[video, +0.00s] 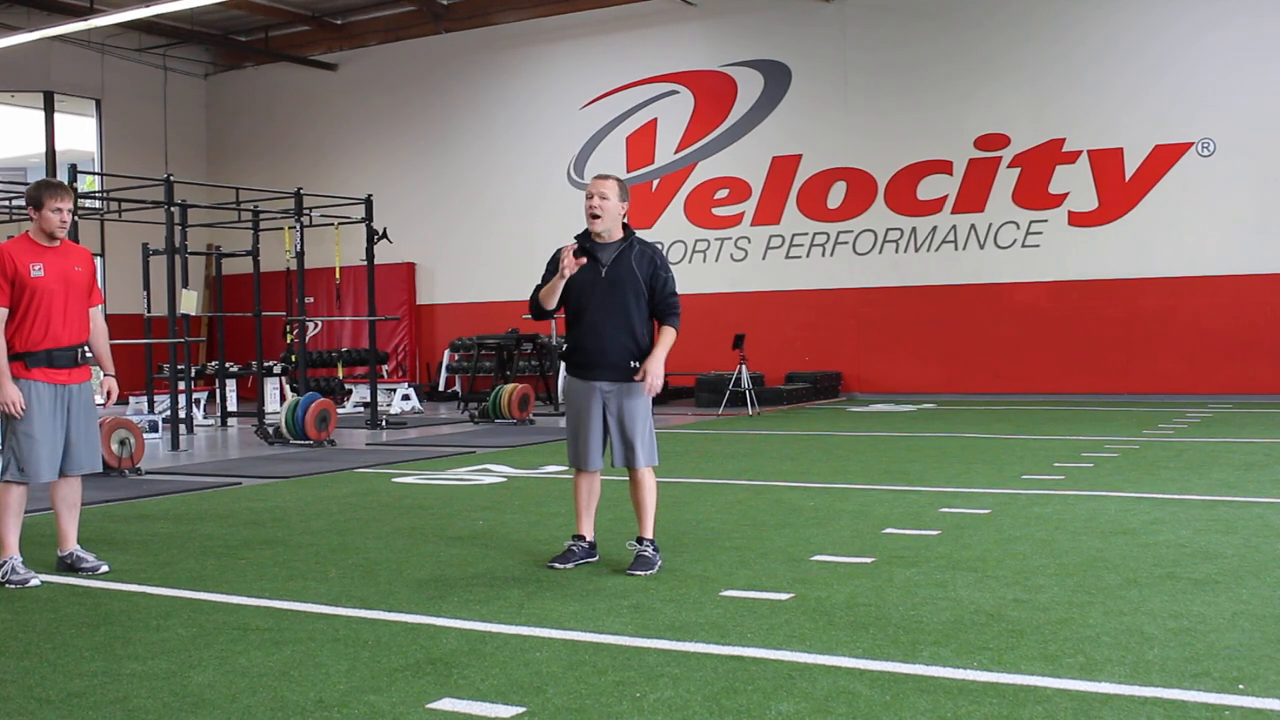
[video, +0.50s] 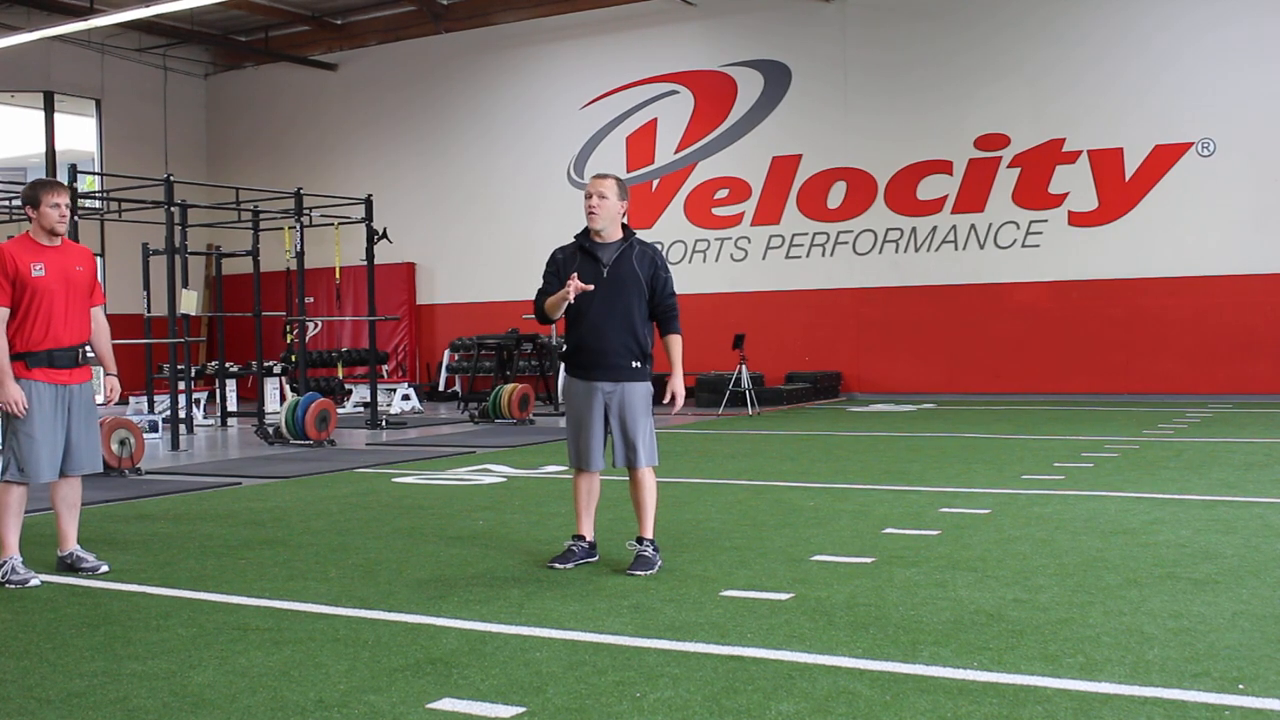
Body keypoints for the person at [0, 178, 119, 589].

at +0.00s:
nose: (65, 218)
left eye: (69, 211)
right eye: (56, 211)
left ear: (72, 213)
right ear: (33, 212)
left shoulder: (83, 257)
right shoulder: (10, 254)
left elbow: (95, 321)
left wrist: (109, 371)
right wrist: (5, 381)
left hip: (76, 376)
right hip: (28, 378)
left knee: (71, 466)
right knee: (18, 472)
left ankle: (69, 550)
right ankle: (10, 559)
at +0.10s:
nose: (64, 216)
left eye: (68, 209)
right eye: (56, 209)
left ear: (71, 213)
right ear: (33, 212)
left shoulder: (84, 257)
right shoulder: (10, 254)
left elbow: (96, 320)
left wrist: (110, 371)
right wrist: (4, 381)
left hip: (76, 377)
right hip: (28, 378)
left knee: (71, 466)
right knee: (18, 472)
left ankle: (69, 550)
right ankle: (10, 559)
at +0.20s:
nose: (64, 215)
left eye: (68, 208)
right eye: (55, 208)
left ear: (71, 211)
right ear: (32, 211)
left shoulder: (83, 257)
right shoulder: (10, 254)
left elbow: (96, 319)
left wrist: (110, 370)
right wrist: (5, 381)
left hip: (75, 376)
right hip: (28, 378)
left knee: (71, 466)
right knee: (19, 472)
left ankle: (69, 550)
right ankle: (10, 559)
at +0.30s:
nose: (64, 214)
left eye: (67, 207)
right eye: (55, 207)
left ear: (70, 211)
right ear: (32, 211)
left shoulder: (84, 257)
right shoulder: (10, 254)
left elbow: (96, 319)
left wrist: (111, 370)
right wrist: (5, 380)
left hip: (75, 377)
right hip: (28, 378)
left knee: (71, 466)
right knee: (19, 472)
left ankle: (69, 551)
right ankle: (10, 559)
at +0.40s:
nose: (64, 213)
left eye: (67, 206)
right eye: (54, 206)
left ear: (70, 211)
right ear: (32, 211)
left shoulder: (84, 257)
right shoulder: (11, 254)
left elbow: (96, 319)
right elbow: (0, 325)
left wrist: (111, 370)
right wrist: (6, 380)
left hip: (76, 376)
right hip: (28, 378)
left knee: (71, 466)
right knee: (19, 472)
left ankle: (69, 551)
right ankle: (10, 559)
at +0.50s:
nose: (64, 213)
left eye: (67, 206)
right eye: (54, 206)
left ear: (70, 210)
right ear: (32, 211)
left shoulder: (84, 257)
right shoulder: (10, 255)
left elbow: (96, 318)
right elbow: (0, 325)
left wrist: (111, 369)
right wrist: (6, 380)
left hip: (76, 377)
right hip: (29, 378)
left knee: (71, 466)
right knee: (19, 473)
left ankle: (69, 551)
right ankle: (10, 559)